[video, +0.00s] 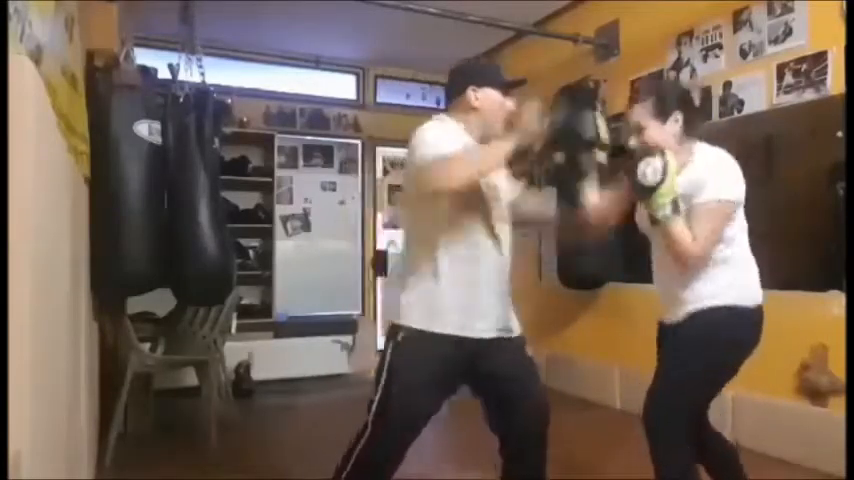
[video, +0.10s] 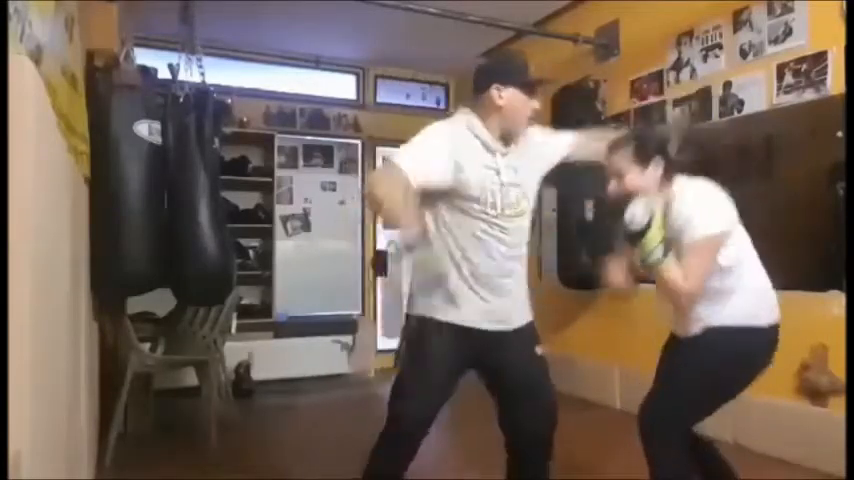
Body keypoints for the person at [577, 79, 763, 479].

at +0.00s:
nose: (635, 139)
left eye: (642, 128)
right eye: (632, 130)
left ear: (676, 121)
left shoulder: (717, 167)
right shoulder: (652, 169)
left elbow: (692, 255)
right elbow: (598, 215)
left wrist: (660, 200)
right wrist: (580, 162)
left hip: (726, 312)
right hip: (679, 316)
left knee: (663, 416)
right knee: (688, 421)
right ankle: (731, 471)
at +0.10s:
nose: (613, 187)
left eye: (620, 175)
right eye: (611, 178)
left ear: (655, 166)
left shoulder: (702, 200)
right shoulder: (647, 206)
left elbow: (686, 290)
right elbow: (621, 278)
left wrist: (653, 250)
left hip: (741, 329)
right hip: (694, 329)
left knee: (659, 421)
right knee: (660, 419)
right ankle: (713, 470)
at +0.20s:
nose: (598, 230)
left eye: (605, 219)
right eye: (597, 220)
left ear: (638, 212)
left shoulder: (679, 240)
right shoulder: (663, 242)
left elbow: (671, 333)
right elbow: (671, 331)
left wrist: (630, 293)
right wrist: (625, 301)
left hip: (751, 350)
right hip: (724, 345)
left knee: (654, 424)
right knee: (652, 418)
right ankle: (711, 472)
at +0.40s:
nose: (607, 226)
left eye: (609, 216)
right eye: (604, 218)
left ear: (631, 207)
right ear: (638, 205)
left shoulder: (646, 243)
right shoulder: (686, 221)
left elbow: (653, 328)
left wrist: (621, 289)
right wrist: (631, 276)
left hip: (729, 362)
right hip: (767, 358)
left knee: (631, 423)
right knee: (667, 431)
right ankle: (718, 473)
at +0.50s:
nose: (615, 198)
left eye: (617, 187)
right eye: (612, 188)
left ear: (639, 180)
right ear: (645, 181)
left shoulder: (659, 214)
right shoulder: (684, 202)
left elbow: (671, 294)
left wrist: (633, 264)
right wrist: (638, 256)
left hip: (724, 347)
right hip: (754, 345)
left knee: (629, 420)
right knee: (665, 427)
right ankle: (720, 473)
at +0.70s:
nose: (628, 169)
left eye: (632, 158)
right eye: (624, 162)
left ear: (660, 149)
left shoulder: (702, 181)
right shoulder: (661, 199)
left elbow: (689, 263)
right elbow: (602, 233)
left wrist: (649, 218)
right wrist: (548, 210)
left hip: (742, 315)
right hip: (719, 317)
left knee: (663, 414)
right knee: (666, 416)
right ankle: (720, 471)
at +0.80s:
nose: (627, 172)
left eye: (629, 161)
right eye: (623, 165)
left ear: (656, 150)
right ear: (656, 153)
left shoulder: (686, 183)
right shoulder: (686, 183)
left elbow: (675, 266)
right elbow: (679, 255)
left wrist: (643, 218)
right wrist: (638, 249)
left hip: (736, 317)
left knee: (661, 414)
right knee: (676, 416)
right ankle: (728, 473)